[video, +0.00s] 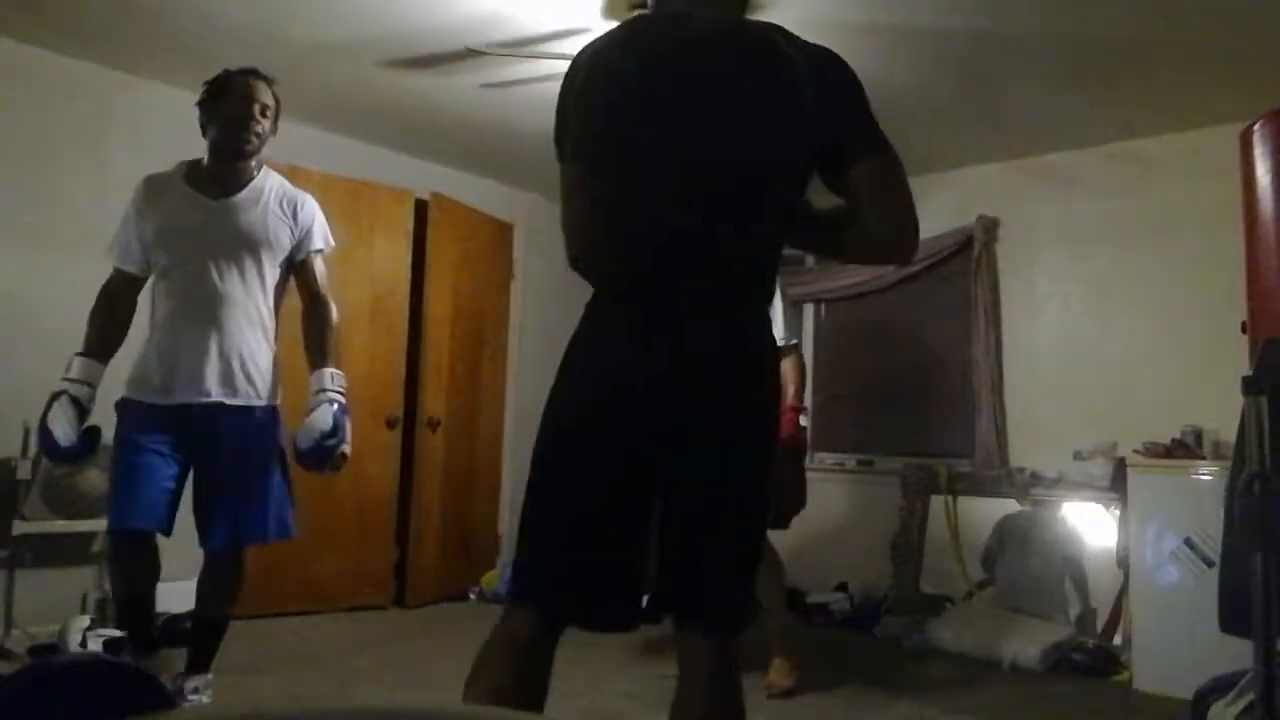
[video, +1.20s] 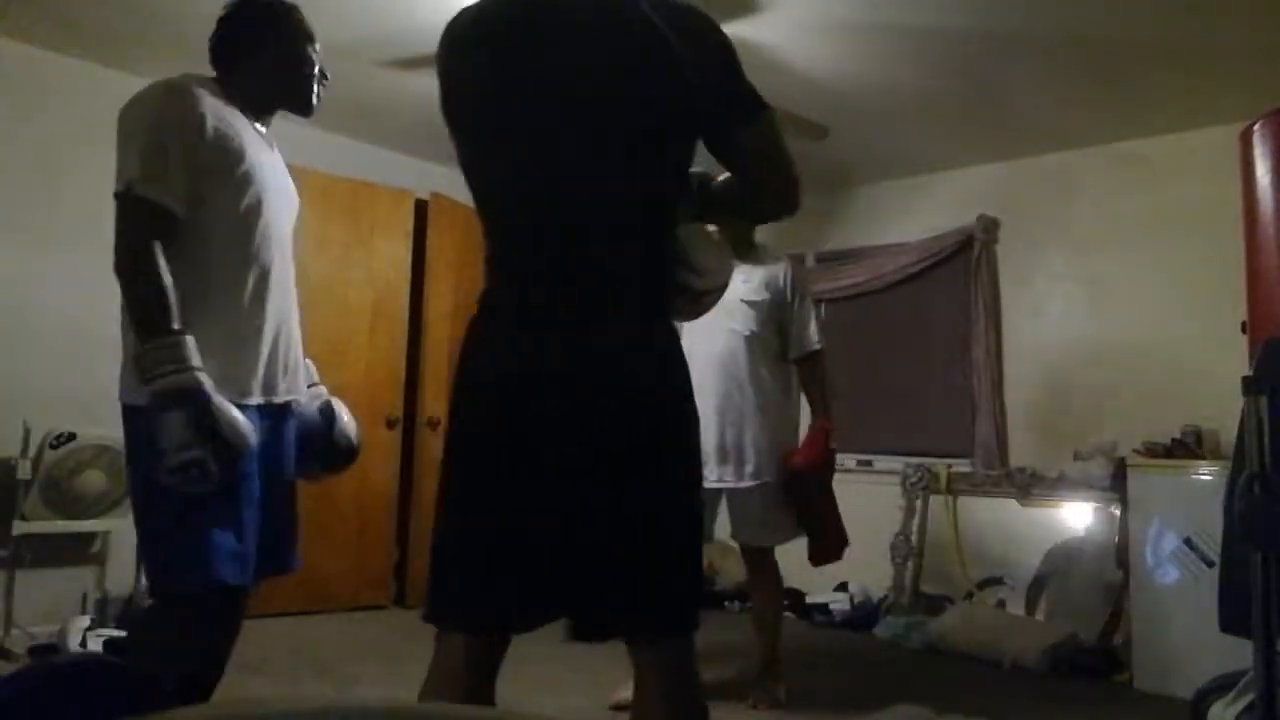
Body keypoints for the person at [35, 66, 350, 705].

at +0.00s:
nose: (253, 121)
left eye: (264, 113)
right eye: (240, 108)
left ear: (274, 130)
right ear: (205, 115)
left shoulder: (293, 207)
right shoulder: (156, 194)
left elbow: (318, 301)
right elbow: (120, 291)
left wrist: (327, 396)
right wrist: (78, 387)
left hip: (243, 407)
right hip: (155, 401)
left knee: (226, 547)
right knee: (129, 531)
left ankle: (197, 678)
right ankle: (137, 666)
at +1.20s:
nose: (322, 63)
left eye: (317, 47)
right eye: (306, 44)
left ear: (256, 51)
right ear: (256, 47)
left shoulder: (267, 155)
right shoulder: (177, 105)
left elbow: (266, 298)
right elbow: (136, 251)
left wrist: (313, 395)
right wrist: (182, 391)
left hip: (258, 418)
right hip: (193, 414)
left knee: (216, 628)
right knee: (190, 634)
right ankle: (29, 694)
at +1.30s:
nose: (320, 63)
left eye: (317, 48)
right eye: (307, 46)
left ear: (249, 44)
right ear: (263, 44)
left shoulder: (253, 138)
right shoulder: (198, 95)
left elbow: (239, 306)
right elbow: (157, 233)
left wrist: (299, 402)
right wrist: (207, 388)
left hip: (233, 426)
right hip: (190, 422)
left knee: (186, 660)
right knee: (179, 663)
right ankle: (19, 695)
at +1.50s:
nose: (319, 51)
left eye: (317, 31)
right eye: (313, 28)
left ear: (235, 21)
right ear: (287, 24)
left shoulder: (196, 85)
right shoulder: (237, 75)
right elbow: (243, 236)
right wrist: (284, 395)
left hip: (157, 394)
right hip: (184, 400)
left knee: (146, 654)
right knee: (163, 663)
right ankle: (13, 698)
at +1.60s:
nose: (323, 60)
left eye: (324, 40)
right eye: (322, 37)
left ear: (238, 22)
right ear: (296, 29)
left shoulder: (167, 95)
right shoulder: (253, 79)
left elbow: (122, 254)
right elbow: (279, 236)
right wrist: (316, 394)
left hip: (129, 382)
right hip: (187, 395)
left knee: (122, 622)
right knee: (155, 658)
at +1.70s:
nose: (320, 66)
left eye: (321, 48)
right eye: (320, 44)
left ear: (233, 23)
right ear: (303, 33)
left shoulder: (156, 91)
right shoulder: (268, 81)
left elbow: (97, 244)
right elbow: (298, 241)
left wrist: (109, 364)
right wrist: (345, 388)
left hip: (117, 379)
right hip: (193, 389)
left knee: (122, 609)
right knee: (156, 621)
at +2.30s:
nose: (297, 76)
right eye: (296, 64)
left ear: (216, 64)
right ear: (291, 63)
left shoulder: (155, 130)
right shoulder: (306, 135)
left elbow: (100, 262)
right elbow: (316, 263)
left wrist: (86, 388)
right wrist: (344, 397)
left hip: (142, 393)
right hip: (242, 401)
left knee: (145, 586)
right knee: (251, 588)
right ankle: (155, 718)